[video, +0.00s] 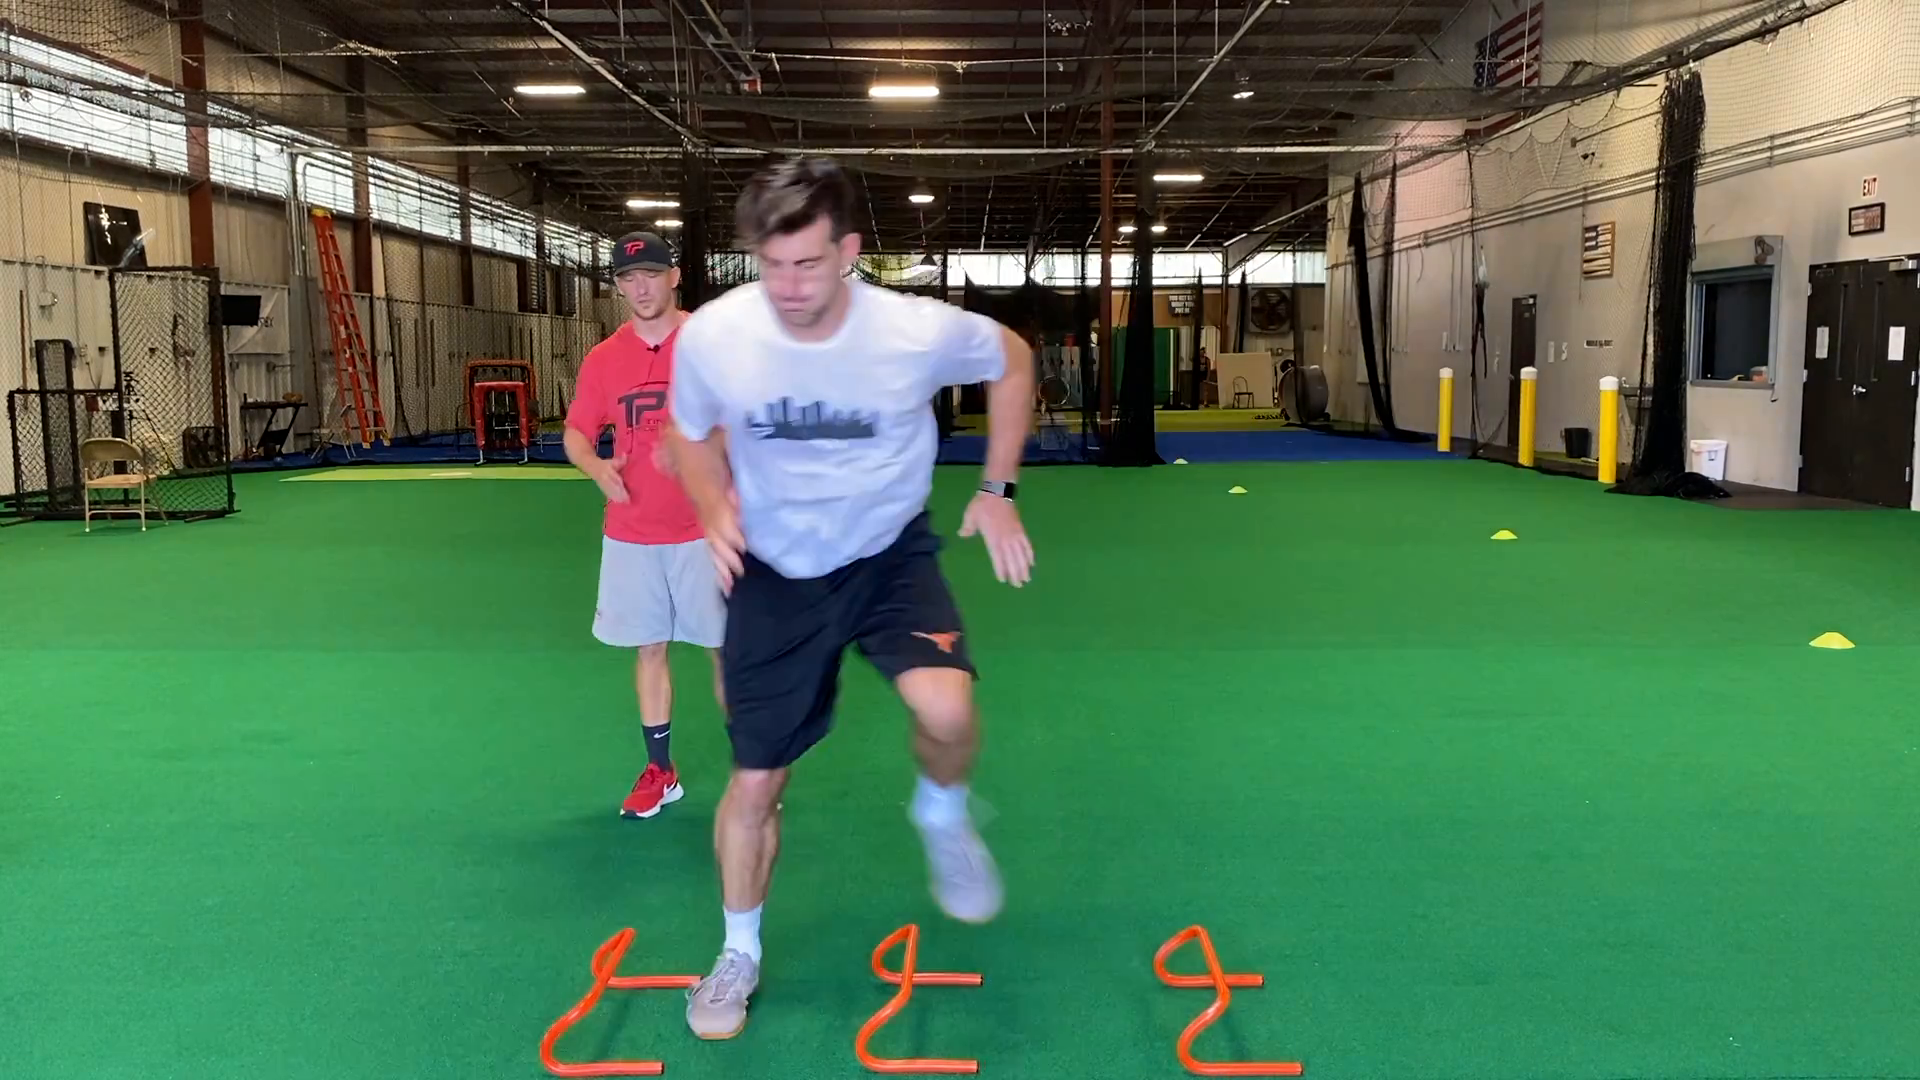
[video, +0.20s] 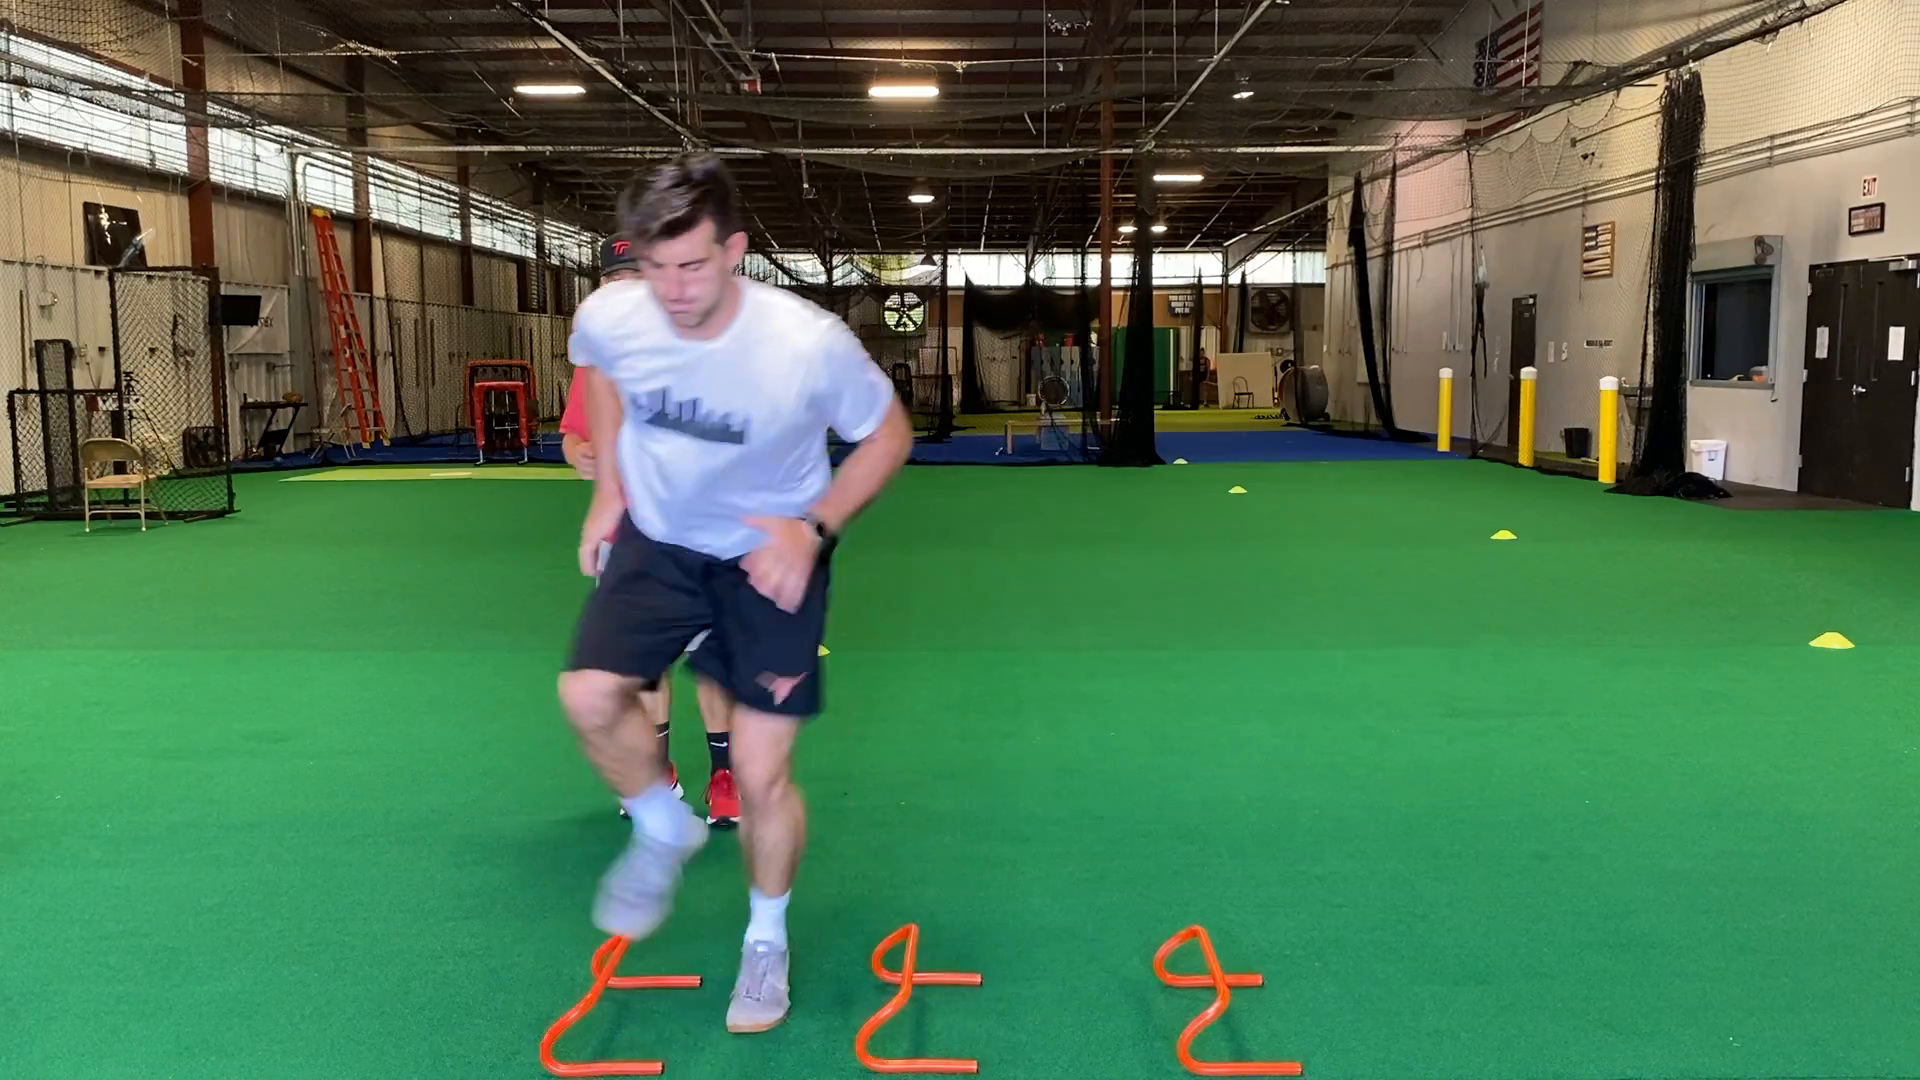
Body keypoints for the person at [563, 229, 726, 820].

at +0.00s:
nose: (641, 287)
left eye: (652, 275)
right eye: (630, 278)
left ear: (674, 277)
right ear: (619, 285)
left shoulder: (707, 344)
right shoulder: (604, 359)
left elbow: (740, 422)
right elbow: (574, 435)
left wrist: (704, 464)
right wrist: (597, 468)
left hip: (704, 525)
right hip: (633, 530)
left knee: (726, 648)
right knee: (649, 647)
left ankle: (753, 769)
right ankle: (660, 768)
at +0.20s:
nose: (639, 290)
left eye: (648, 275)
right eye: (626, 277)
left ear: (665, 269)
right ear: (612, 278)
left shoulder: (726, 341)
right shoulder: (602, 349)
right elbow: (574, 428)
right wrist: (582, 450)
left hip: (725, 525)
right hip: (640, 517)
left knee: (715, 655)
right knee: (645, 657)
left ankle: (725, 770)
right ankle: (660, 776)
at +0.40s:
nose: (635, 294)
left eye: (642, 282)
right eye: (625, 284)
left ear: (661, 282)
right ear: (607, 282)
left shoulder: (691, 344)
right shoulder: (580, 350)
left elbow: (750, 420)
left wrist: (689, 450)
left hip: (693, 516)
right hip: (612, 521)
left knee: (694, 654)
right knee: (643, 651)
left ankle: (719, 781)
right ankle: (658, 765)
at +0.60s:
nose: (638, 289)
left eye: (649, 277)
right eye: (626, 279)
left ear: (669, 279)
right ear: (612, 284)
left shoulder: (713, 343)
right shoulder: (597, 357)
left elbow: (759, 424)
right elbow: (576, 438)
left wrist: (699, 444)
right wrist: (618, 465)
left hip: (703, 520)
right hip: (630, 524)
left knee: (715, 648)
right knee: (646, 650)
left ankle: (737, 777)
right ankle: (659, 769)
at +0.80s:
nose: (665, 289)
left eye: (674, 277)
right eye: (653, 279)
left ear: (691, 280)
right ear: (633, 284)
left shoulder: (734, 348)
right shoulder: (614, 360)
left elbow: (768, 434)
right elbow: (597, 450)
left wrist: (705, 441)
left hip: (715, 537)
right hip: (643, 540)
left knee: (724, 656)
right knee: (653, 654)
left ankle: (743, 782)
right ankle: (660, 772)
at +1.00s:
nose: (696, 287)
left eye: (706, 275)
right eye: (683, 276)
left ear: (719, 278)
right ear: (661, 281)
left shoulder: (758, 350)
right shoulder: (636, 356)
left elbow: (792, 437)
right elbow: (613, 447)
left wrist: (729, 442)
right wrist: (580, 509)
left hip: (734, 538)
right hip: (657, 540)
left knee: (736, 659)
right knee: (661, 658)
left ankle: (745, 786)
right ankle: (661, 771)